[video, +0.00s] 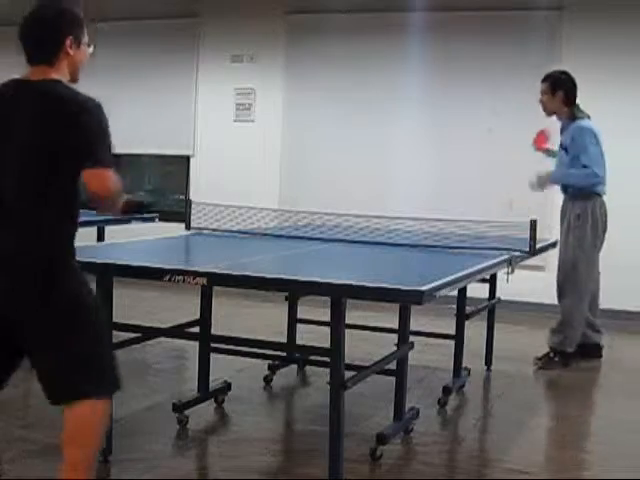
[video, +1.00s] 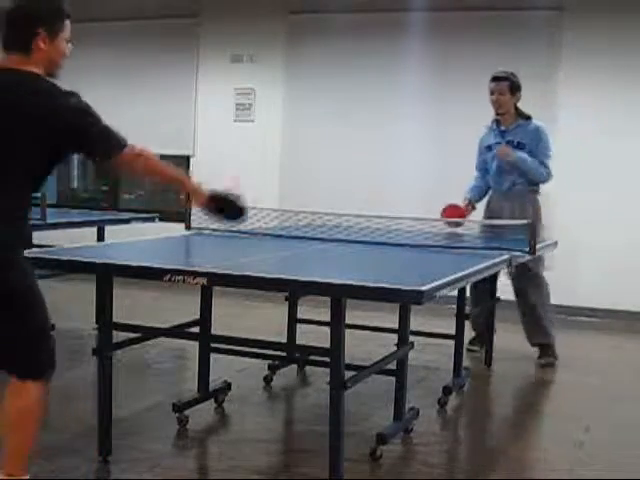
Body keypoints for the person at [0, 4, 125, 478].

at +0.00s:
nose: (86, 54)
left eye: (85, 45)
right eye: (85, 45)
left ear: (29, 47)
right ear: (70, 47)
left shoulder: (4, 96)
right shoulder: (79, 109)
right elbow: (100, 184)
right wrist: (116, 201)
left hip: (2, 267)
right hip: (44, 270)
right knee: (91, 386)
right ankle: (76, 472)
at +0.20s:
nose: (82, 28)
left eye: (83, 19)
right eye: (81, 17)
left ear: (25, 18)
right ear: (64, 16)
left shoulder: (5, 58)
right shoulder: (58, 72)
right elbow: (45, 147)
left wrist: (55, 170)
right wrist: (70, 172)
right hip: (23, 234)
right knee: (49, 354)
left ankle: (48, 465)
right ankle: (50, 467)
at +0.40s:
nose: (70, 47)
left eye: (70, 37)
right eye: (67, 37)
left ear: (20, 35)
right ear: (46, 37)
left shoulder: (5, 82)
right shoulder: (32, 92)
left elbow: (22, 173)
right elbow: (28, 176)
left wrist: (53, 180)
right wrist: (65, 184)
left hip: (11, 251)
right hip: (12, 253)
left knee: (28, 367)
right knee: (33, 371)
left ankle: (13, 468)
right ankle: (12, 470)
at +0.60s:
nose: (58, 34)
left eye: (57, 24)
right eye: (55, 23)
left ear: (27, 22)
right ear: (31, 22)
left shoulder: (10, 74)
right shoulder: (13, 77)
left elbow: (12, 164)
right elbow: (10, 165)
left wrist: (66, 184)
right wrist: (65, 186)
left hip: (5, 240)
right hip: (2, 242)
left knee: (13, 351)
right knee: (14, 353)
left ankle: (8, 453)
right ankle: (3, 455)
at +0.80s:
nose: (46, 58)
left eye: (48, 48)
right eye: (44, 47)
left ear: (16, 44)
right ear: (19, 43)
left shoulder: (8, 101)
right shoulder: (11, 105)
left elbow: (51, 190)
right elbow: (54, 194)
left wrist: (123, 214)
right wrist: (127, 216)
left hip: (2, 258)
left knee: (26, 356)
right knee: (27, 359)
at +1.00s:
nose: (67, 51)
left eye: (69, 41)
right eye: (65, 41)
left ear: (15, 39)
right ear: (40, 41)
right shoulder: (52, 102)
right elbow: (126, 158)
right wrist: (190, 187)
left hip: (5, 253)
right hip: (3, 254)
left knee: (24, 360)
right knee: (30, 364)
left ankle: (11, 468)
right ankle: (11, 472)